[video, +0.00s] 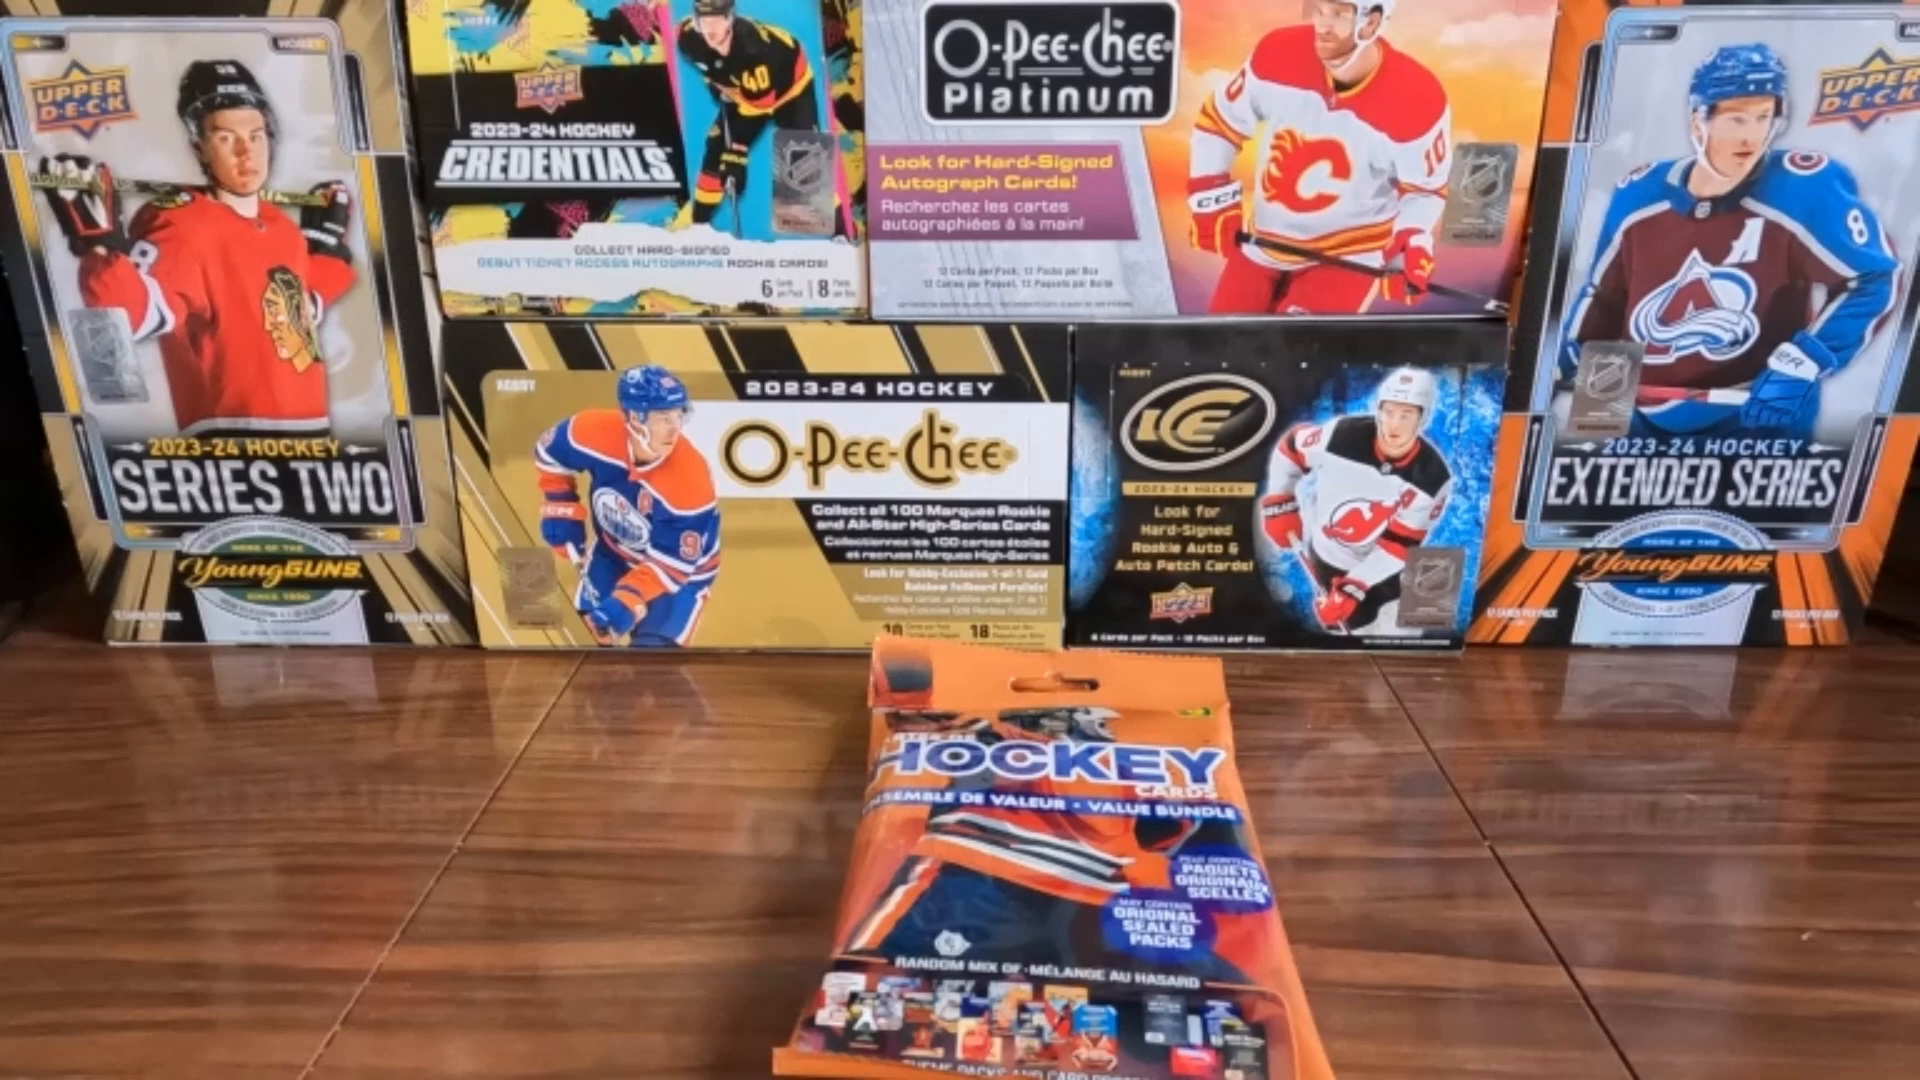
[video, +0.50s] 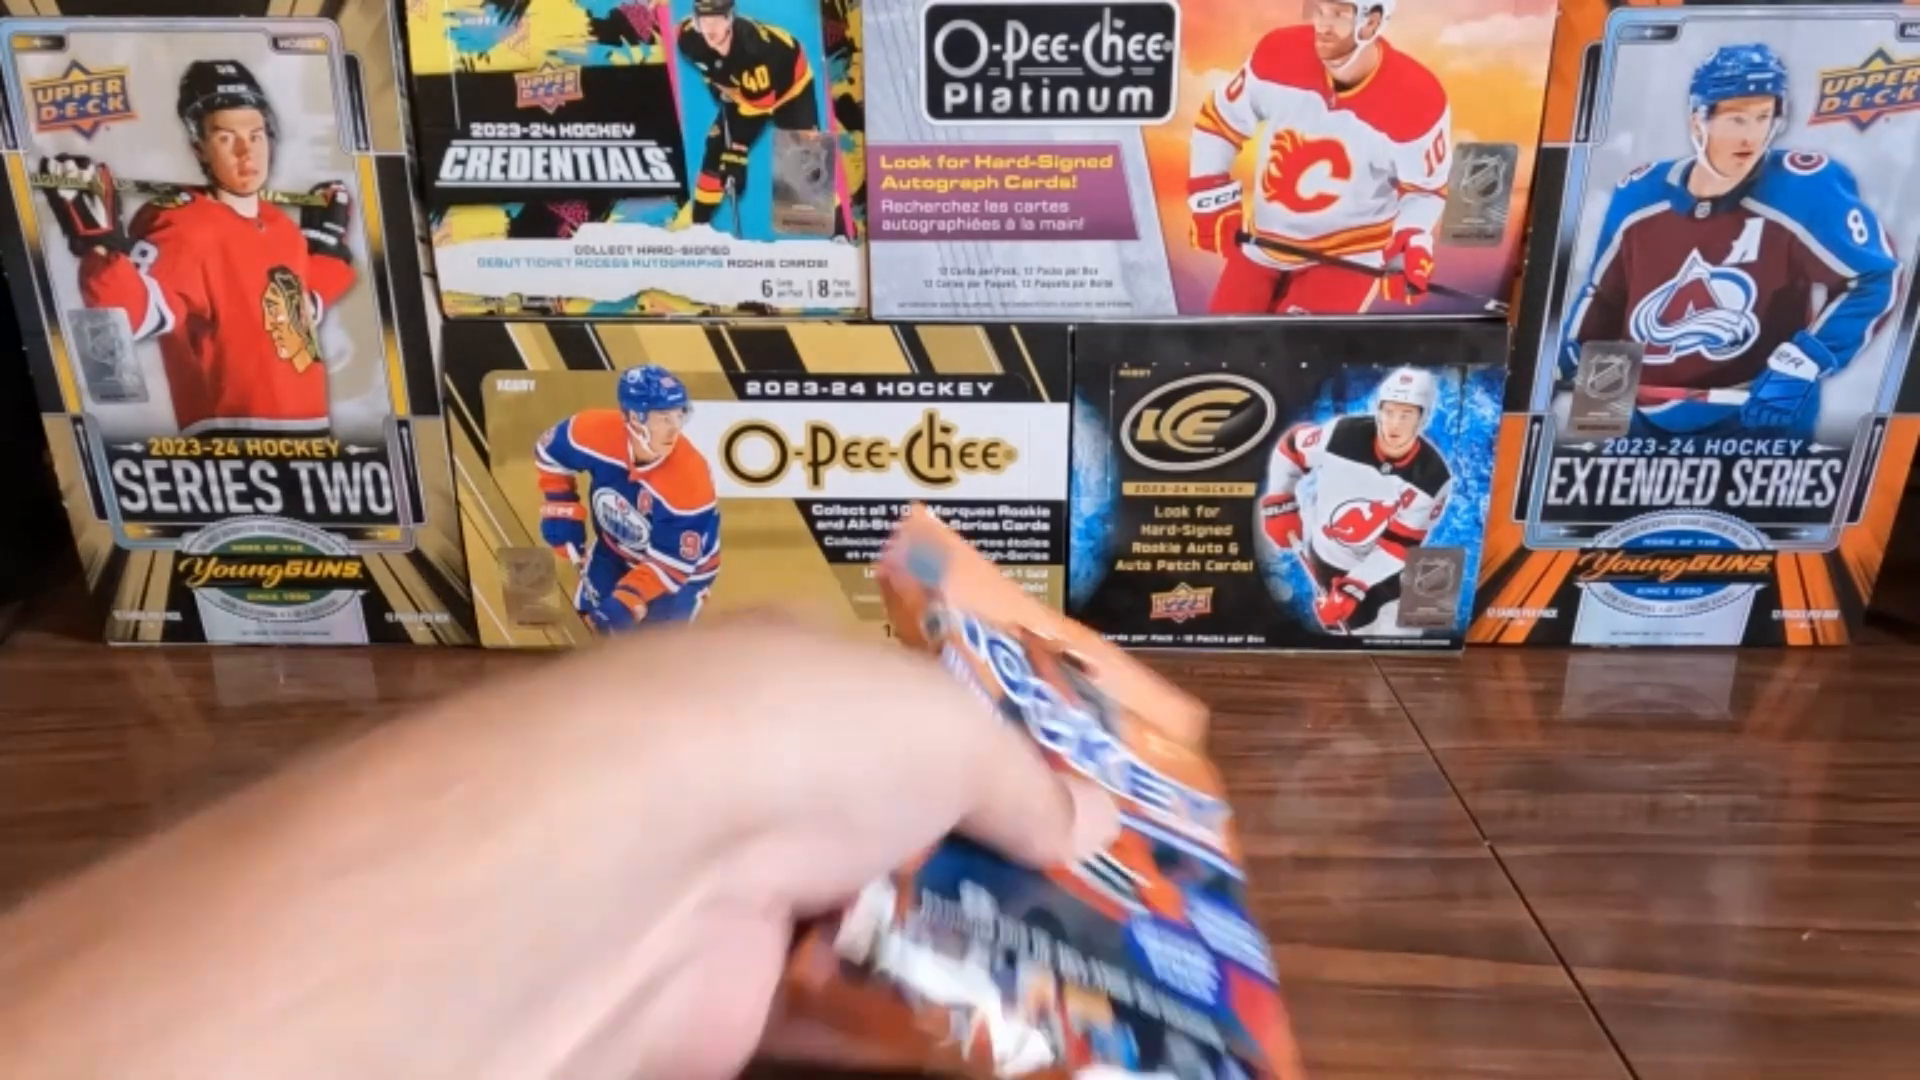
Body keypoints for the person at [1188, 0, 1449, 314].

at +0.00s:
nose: (1323, 26)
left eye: (1339, 14)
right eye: (1318, 11)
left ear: (1373, 23)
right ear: (1309, 10)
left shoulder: (1416, 96)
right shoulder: (1277, 56)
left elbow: (1424, 190)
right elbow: (1216, 124)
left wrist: (1414, 250)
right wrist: (1213, 202)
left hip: (1347, 260)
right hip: (1261, 247)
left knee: (1285, 361)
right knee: (1218, 354)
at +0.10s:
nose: (1323, 26)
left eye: (1339, 14)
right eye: (1318, 11)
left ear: (1372, 23)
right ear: (1309, 10)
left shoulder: (1416, 96)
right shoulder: (1276, 55)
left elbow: (1424, 190)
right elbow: (1216, 124)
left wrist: (1415, 248)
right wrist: (1213, 202)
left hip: (1348, 260)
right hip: (1262, 247)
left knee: (1284, 362)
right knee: (1218, 354)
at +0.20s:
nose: (1323, 26)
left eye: (1339, 14)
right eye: (1318, 11)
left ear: (1373, 23)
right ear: (1309, 10)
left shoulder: (1416, 96)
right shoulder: (1277, 55)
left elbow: (1424, 190)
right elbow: (1216, 124)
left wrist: (1414, 249)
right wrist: (1213, 202)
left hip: (1348, 260)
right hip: (1261, 247)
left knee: (1286, 361)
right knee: (1218, 355)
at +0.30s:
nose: (1323, 26)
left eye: (1339, 15)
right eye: (1318, 11)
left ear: (1372, 22)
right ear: (1310, 10)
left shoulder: (1416, 96)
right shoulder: (1276, 56)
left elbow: (1424, 190)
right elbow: (1216, 124)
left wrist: (1414, 248)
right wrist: (1213, 202)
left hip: (1348, 260)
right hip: (1261, 247)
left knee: (1285, 362)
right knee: (1218, 354)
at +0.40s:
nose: (1323, 26)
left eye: (1339, 15)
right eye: (1318, 11)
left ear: (1373, 22)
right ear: (1310, 10)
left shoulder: (1416, 96)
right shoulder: (1276, 55)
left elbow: (1424, 190)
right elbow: (1216, 125)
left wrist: (1414, 248)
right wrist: (1213, 203)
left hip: (1348, 259)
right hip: (1262, 246)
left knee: (1286, 363)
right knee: (1218, 357)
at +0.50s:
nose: (1323, 26)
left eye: (1339, 14)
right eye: (1318, 11)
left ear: (1373, 22)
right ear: (1310, 10)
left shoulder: (1416, 95)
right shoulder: (1276, 56)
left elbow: (1424, 190)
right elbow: (1216, 124)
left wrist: (1414, 248)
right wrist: (1213, 202)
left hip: (1348, 260)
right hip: (1261, 247)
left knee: (1285, 364)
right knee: (1219, 357)